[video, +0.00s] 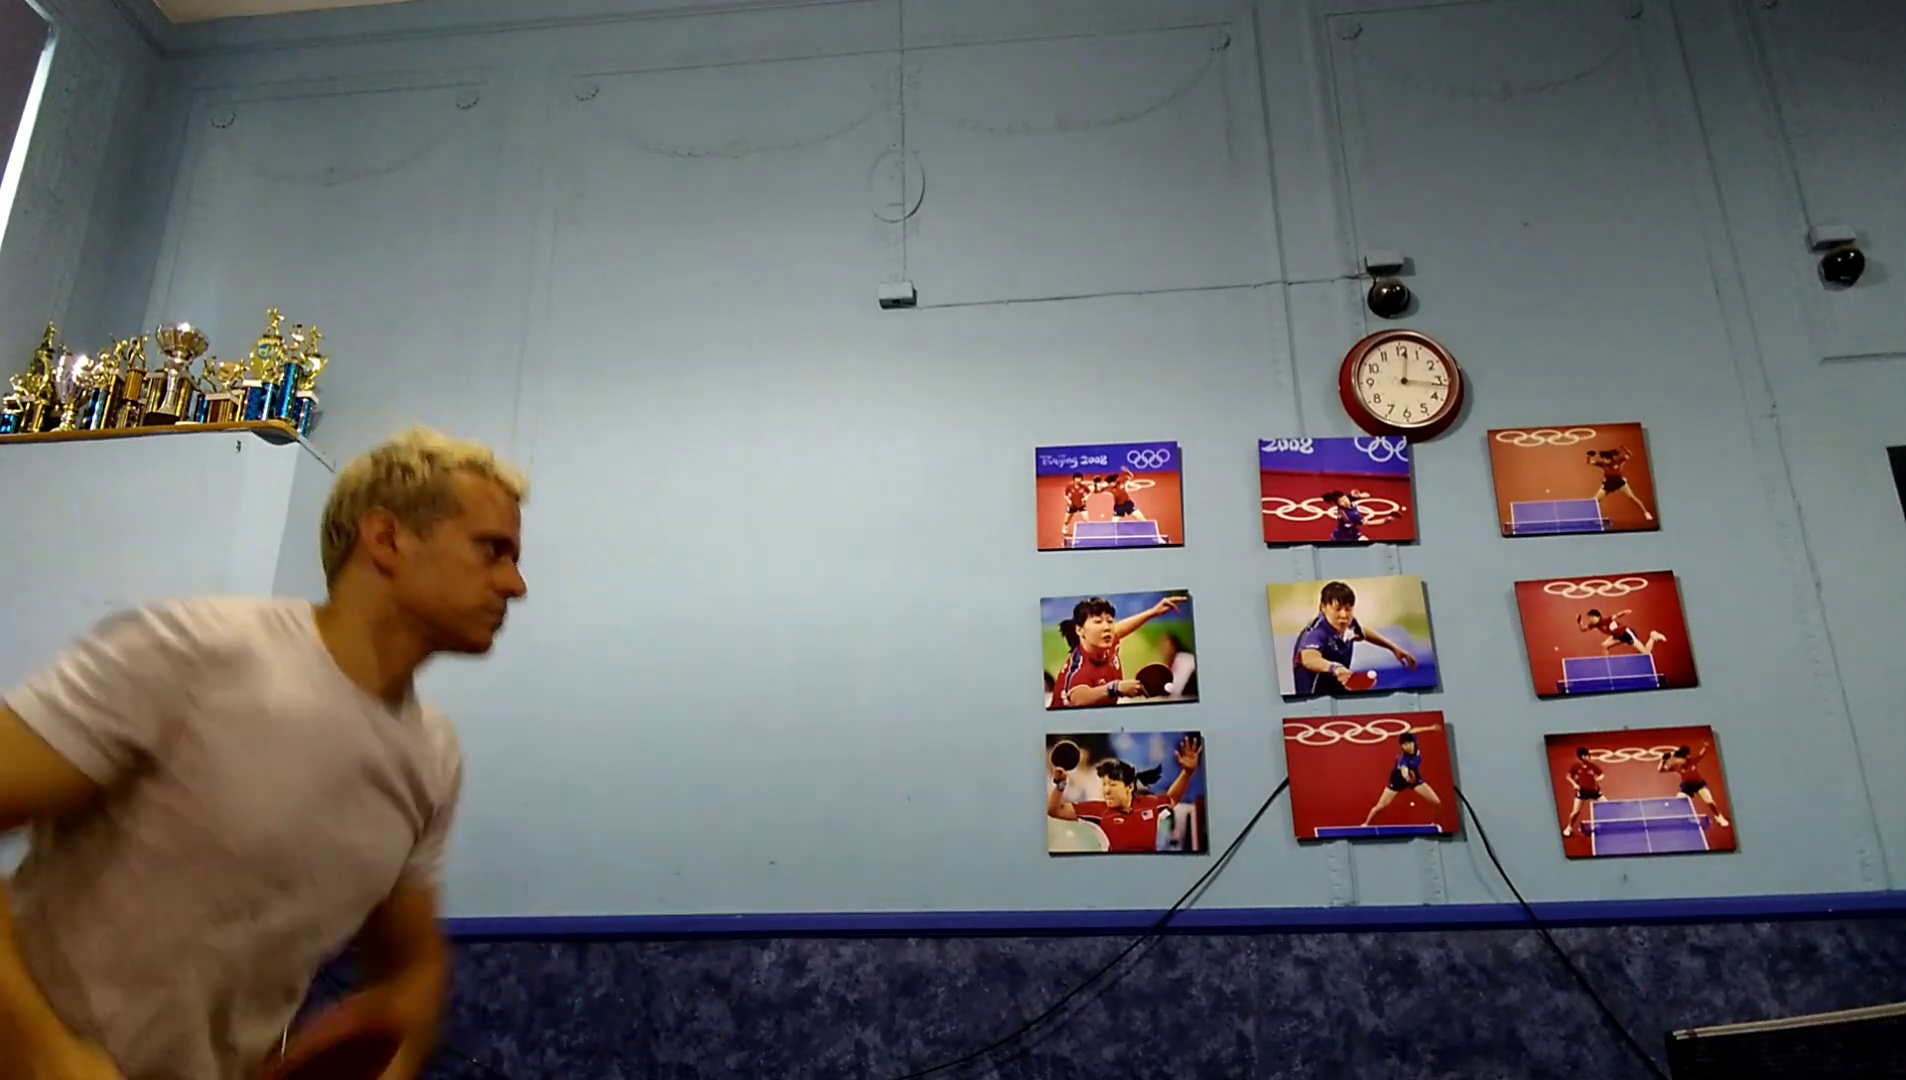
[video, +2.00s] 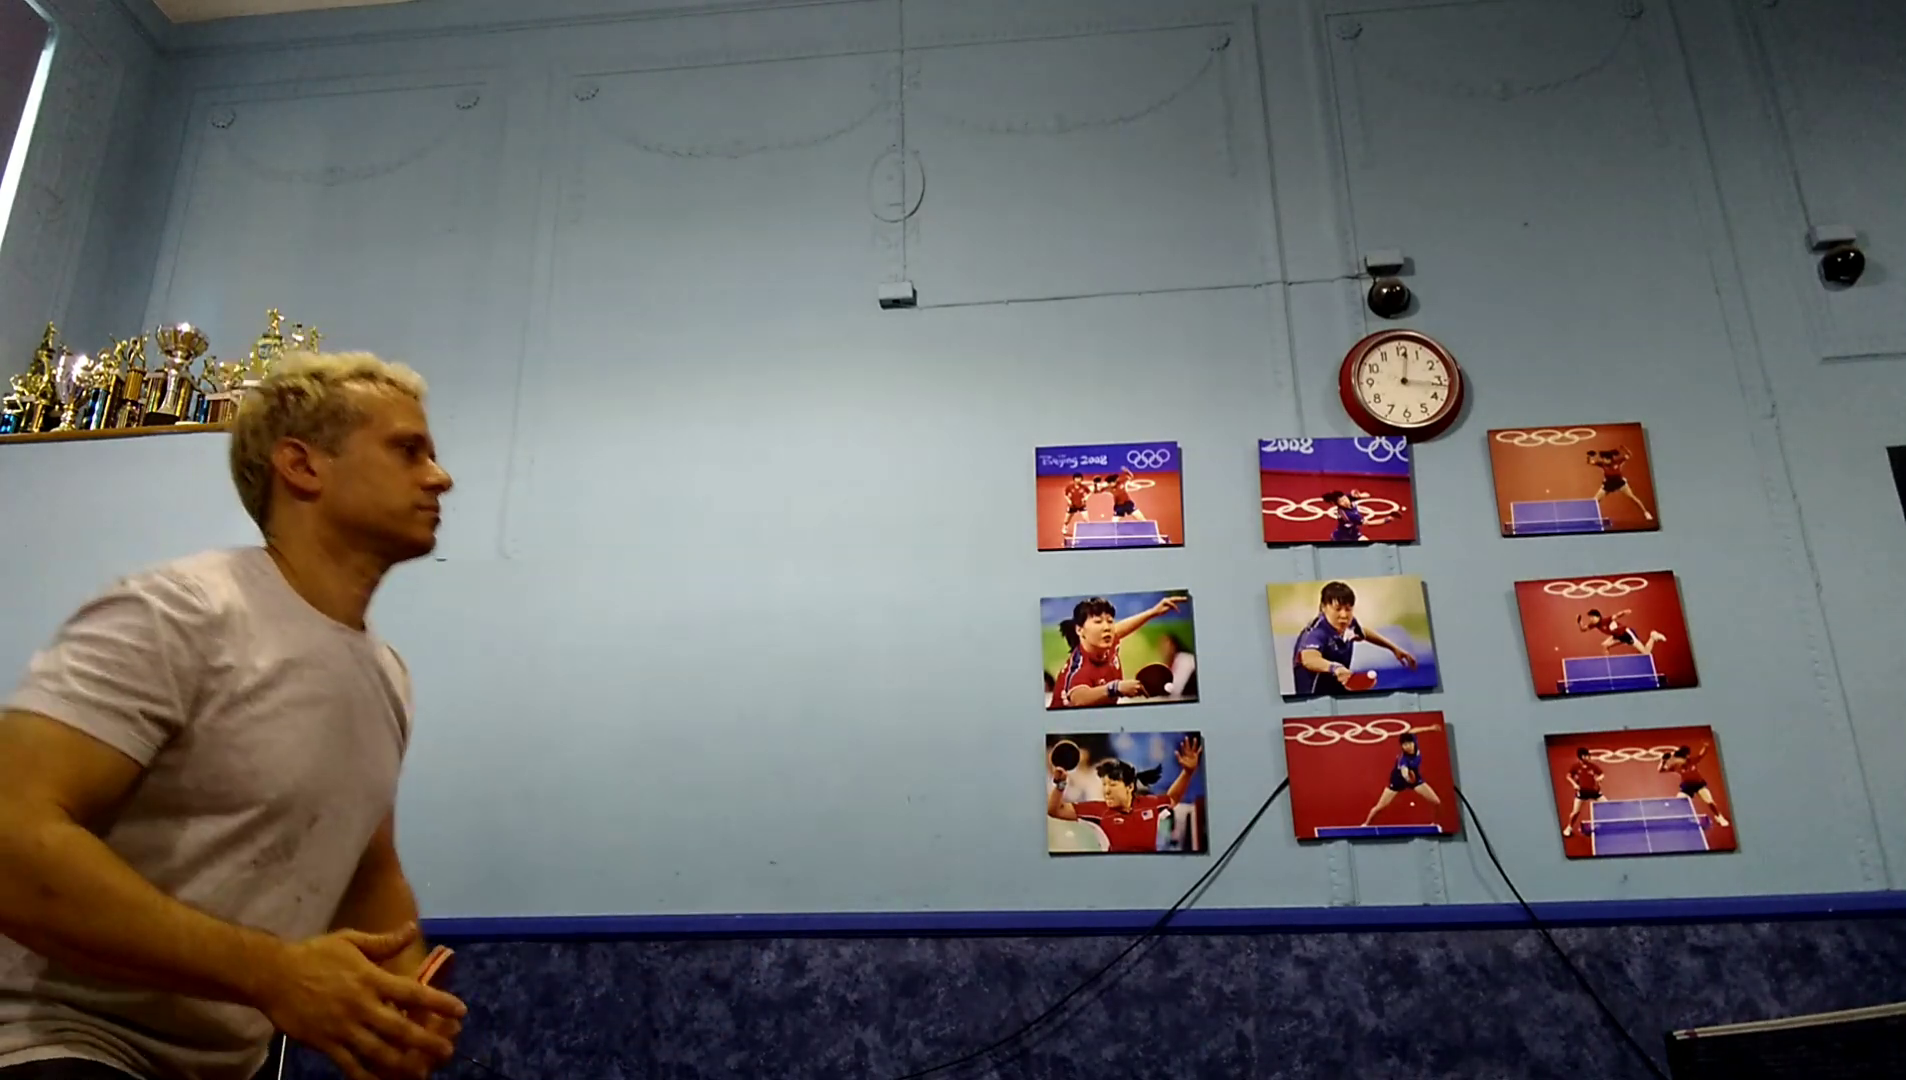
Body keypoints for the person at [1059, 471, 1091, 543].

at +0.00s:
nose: (1078, 481)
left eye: (1079, 479)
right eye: (1076, 479)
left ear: (1081, 480)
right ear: (1074, 480)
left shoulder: (1083, 487)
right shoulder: (1070, 487)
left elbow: (1089, 492)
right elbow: (1065, 494)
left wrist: (1085, 498)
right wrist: (1068, 501)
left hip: (1081, 506)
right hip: (1072, 505)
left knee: (1086, 519)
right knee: (1066, 520)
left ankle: (1090, 531)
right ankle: (1064, 529)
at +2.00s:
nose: (1078, 481)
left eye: (1079, 479)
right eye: (1077, 479)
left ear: (1081, 480)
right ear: (1074, 480)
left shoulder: (1083, 487)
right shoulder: (1070, 487)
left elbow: (1089, 492)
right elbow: (1065, 494)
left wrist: (1085, 498)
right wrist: (1068, 501)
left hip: (1081, 505)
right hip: (1073, 505)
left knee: (1086, 519)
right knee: (1066, 520)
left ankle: (1090, 531)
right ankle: (1064, 529)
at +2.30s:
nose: (1078, 481)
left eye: (1079, 479)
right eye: (1077, 479)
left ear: (1081, 480)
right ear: (1074, 479)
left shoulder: (1083, 487)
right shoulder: (1070, 487)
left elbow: (1089, 492)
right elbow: (1065, 494)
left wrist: (1085, 498)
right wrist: (1069, 501)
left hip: (1081, 505)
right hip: (1073, 505)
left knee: (1086, 519)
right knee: (1066, 520)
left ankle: (1090, 531)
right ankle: (1064, 529)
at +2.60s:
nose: (1078, 481)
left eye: (1079, 479)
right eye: (1077, 479)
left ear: (1081, 480)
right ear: (1074, 479)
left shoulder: (1083, 487)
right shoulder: (1070, 487)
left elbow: (1089, 492)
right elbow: (1065, 494)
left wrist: (1085, 498)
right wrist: (1069, 501)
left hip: (1081, 505)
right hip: (1073, 505)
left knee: (1086, 519)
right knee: (1066, 520)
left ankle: (1090, 531)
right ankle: (1064, 529)